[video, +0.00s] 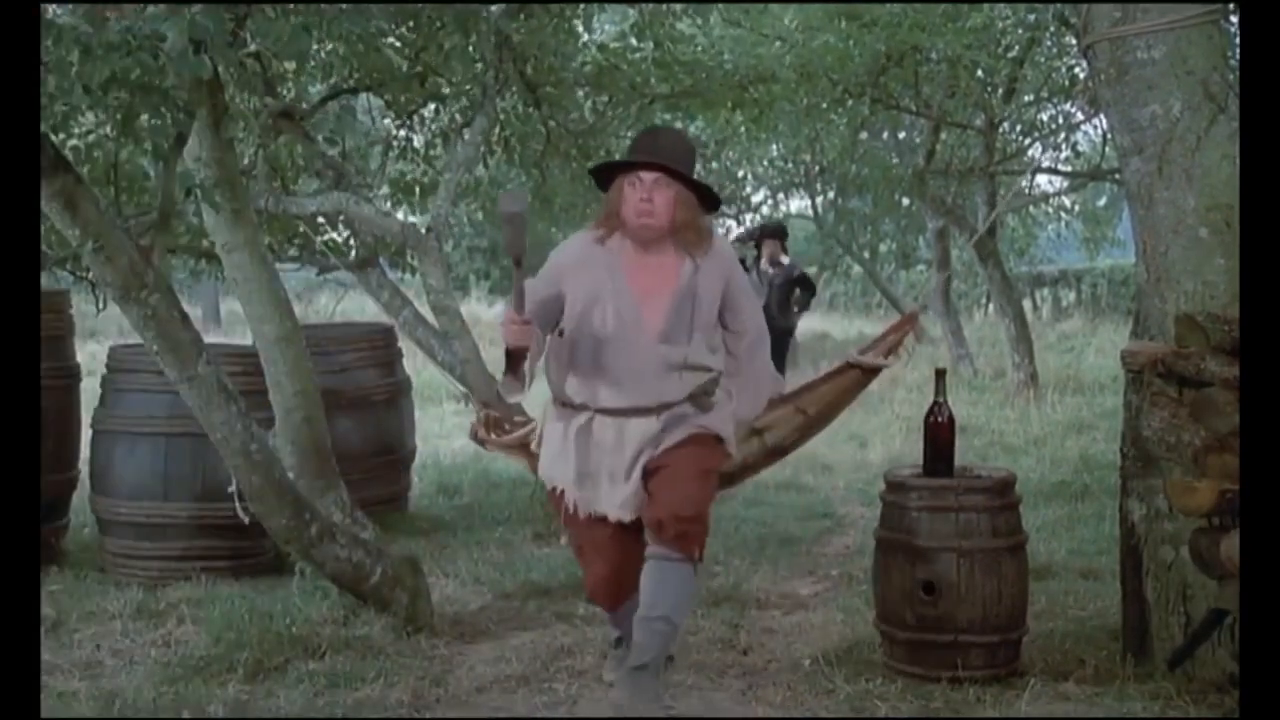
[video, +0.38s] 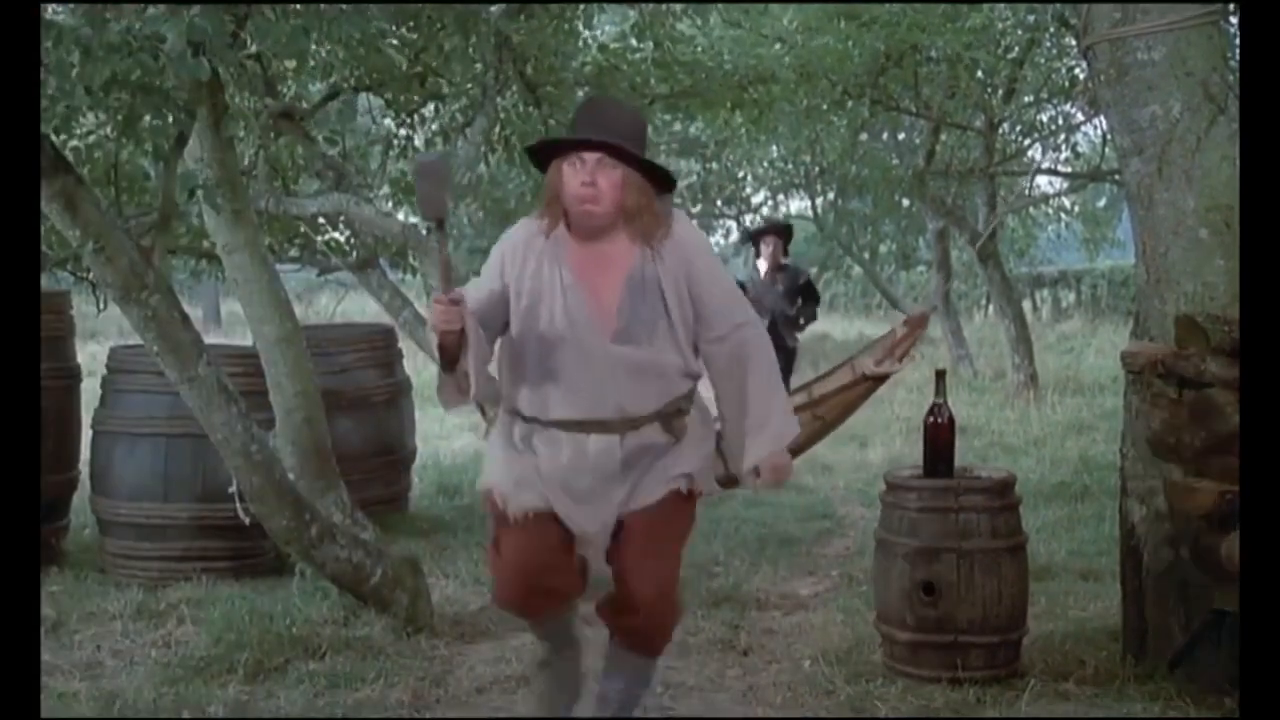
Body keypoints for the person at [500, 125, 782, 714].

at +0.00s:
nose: (644, 195)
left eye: (660, 185)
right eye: (633, 183)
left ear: (686, 200)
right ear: (617, 192)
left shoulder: (713, 262)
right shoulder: (577, 258)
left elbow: (753, 348)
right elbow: (525, 328)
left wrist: (728, 425)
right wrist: (518, 341)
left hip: (679, 423)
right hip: (587, 430)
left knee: (680, 512)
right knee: (607, 575)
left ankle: (648, 668)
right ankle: (627, 638)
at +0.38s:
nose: (588, 176)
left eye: (606, 163)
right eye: (575, 161)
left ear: (635, 180)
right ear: (555, 174)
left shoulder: (674, 244)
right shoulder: (523, 246)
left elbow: (737, 335)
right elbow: (481, 322)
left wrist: (766, 434)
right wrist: (454, 328)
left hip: (655, 449)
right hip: (541, 448)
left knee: (647, 602)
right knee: (525, 578)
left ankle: (615, 703)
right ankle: (559, 650)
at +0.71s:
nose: (458, 176)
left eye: (479, 161)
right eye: (443, 159)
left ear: (514, 177)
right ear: (419, 173)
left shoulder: (563, 244)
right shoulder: (384, 259)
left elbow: (643, 338)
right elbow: (333, 405)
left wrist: (656, 450)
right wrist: (307, 359)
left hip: (555, 492)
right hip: (414, 491)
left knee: (620, 669)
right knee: (348, 631)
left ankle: (618, 702)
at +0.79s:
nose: (406, 166)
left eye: (428, 151)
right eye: (392, 149)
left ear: (466, 171)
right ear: (369, 165)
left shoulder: (517, 246)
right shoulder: (331, 251)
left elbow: (589, 358)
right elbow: (272, 369)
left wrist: (623, 479)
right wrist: (242, 348)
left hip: (504, 499)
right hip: (365, 495)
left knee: (556, 691)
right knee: (318, 651)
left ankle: (598, 702)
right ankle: (358, 705)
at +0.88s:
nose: (378, 157)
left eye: (401, 142)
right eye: (364, 140)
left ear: (439, 162)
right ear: (340, 156)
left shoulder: (495, 241)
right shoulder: (302, 247)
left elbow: (573, 359)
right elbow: (241, 366)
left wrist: (600, 486)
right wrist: (206, 337)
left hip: (474, 499)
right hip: (337, 499)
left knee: (484, 681)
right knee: (302, 672)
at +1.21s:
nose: (206, 141)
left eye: (234, 121)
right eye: (191, 119)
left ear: (285, 146)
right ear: (166, 138)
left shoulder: (366, 236)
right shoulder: (126, 243)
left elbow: (474, 341)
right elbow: (54, 347)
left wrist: (523, 477)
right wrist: (58, 457)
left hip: (317, 542)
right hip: (170, 545)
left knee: (223, 700)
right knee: (178, 703)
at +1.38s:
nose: (80, 106)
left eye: (117, 85)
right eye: (63, 81)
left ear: (173, 116)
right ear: (39, 105)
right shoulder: (45, 234)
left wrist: (403, 554)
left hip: (226, 565)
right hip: (60, 570)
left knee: (169, 701)